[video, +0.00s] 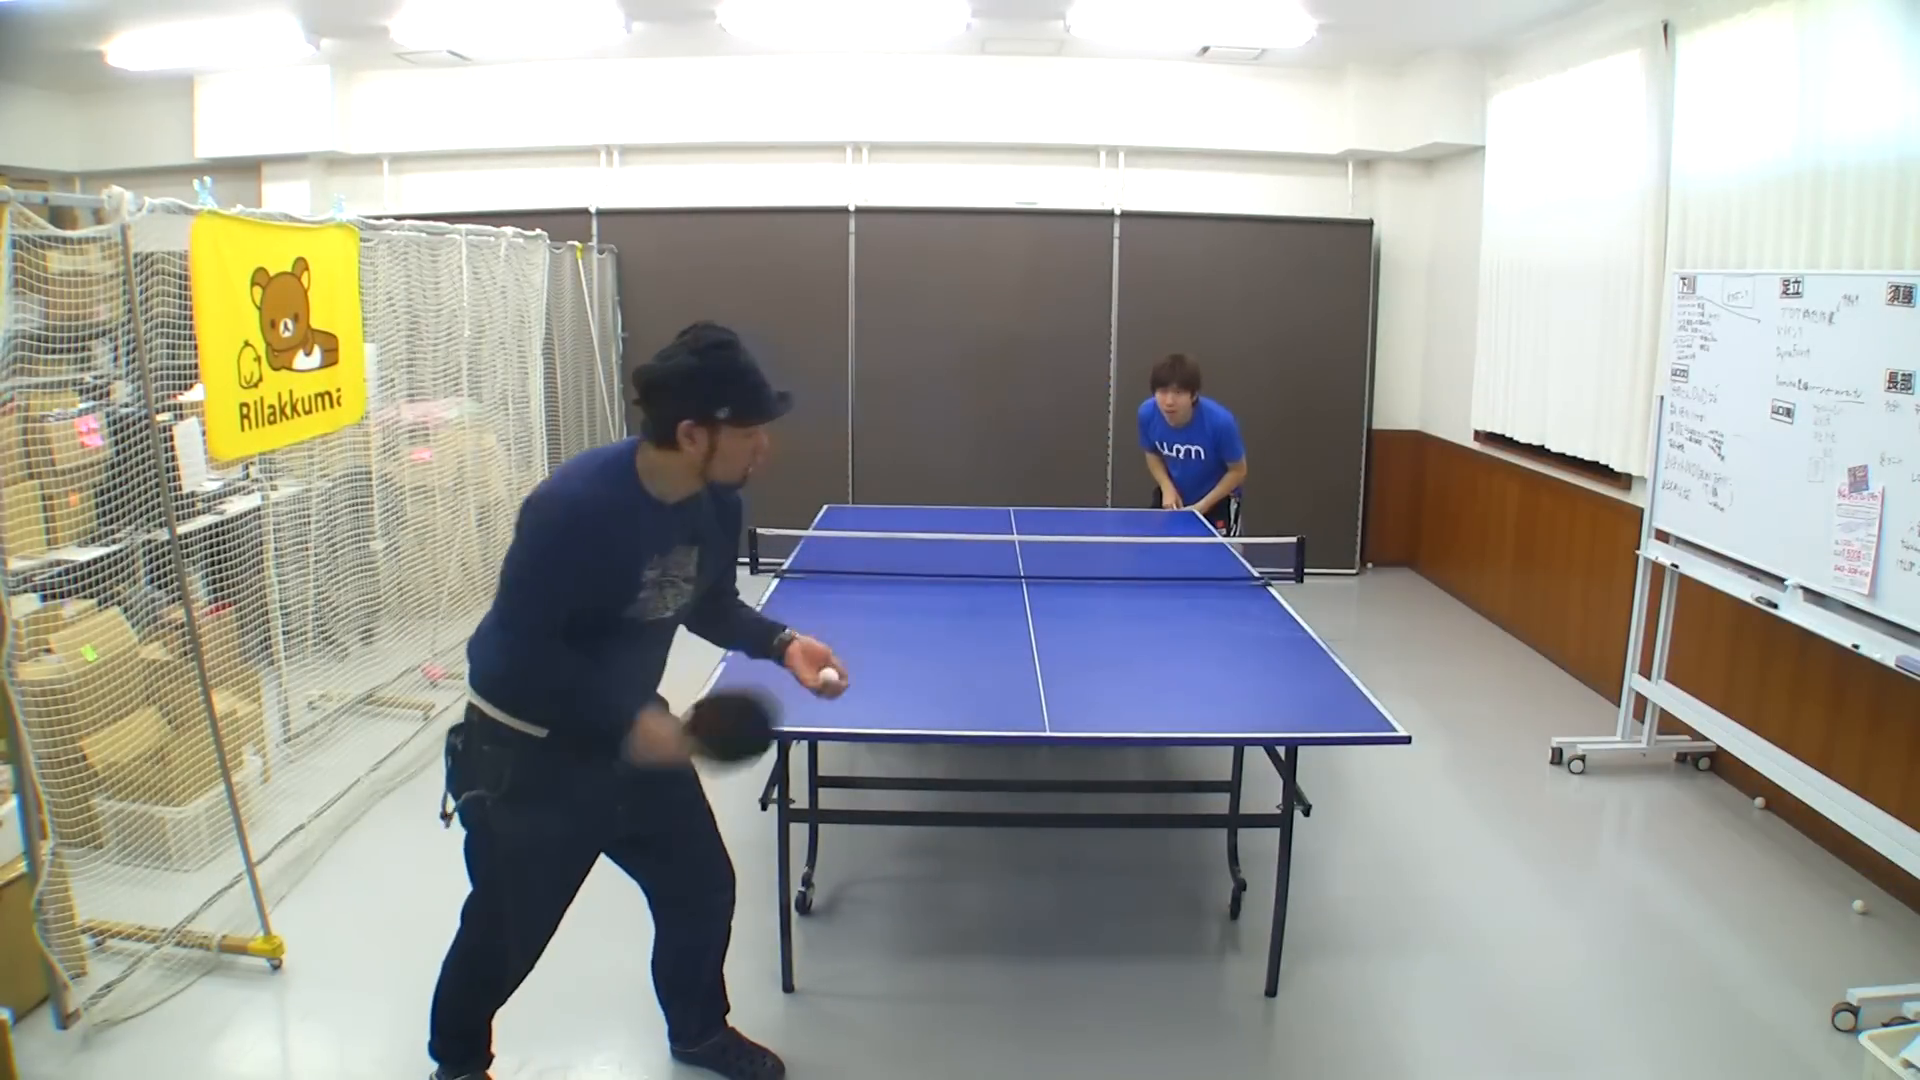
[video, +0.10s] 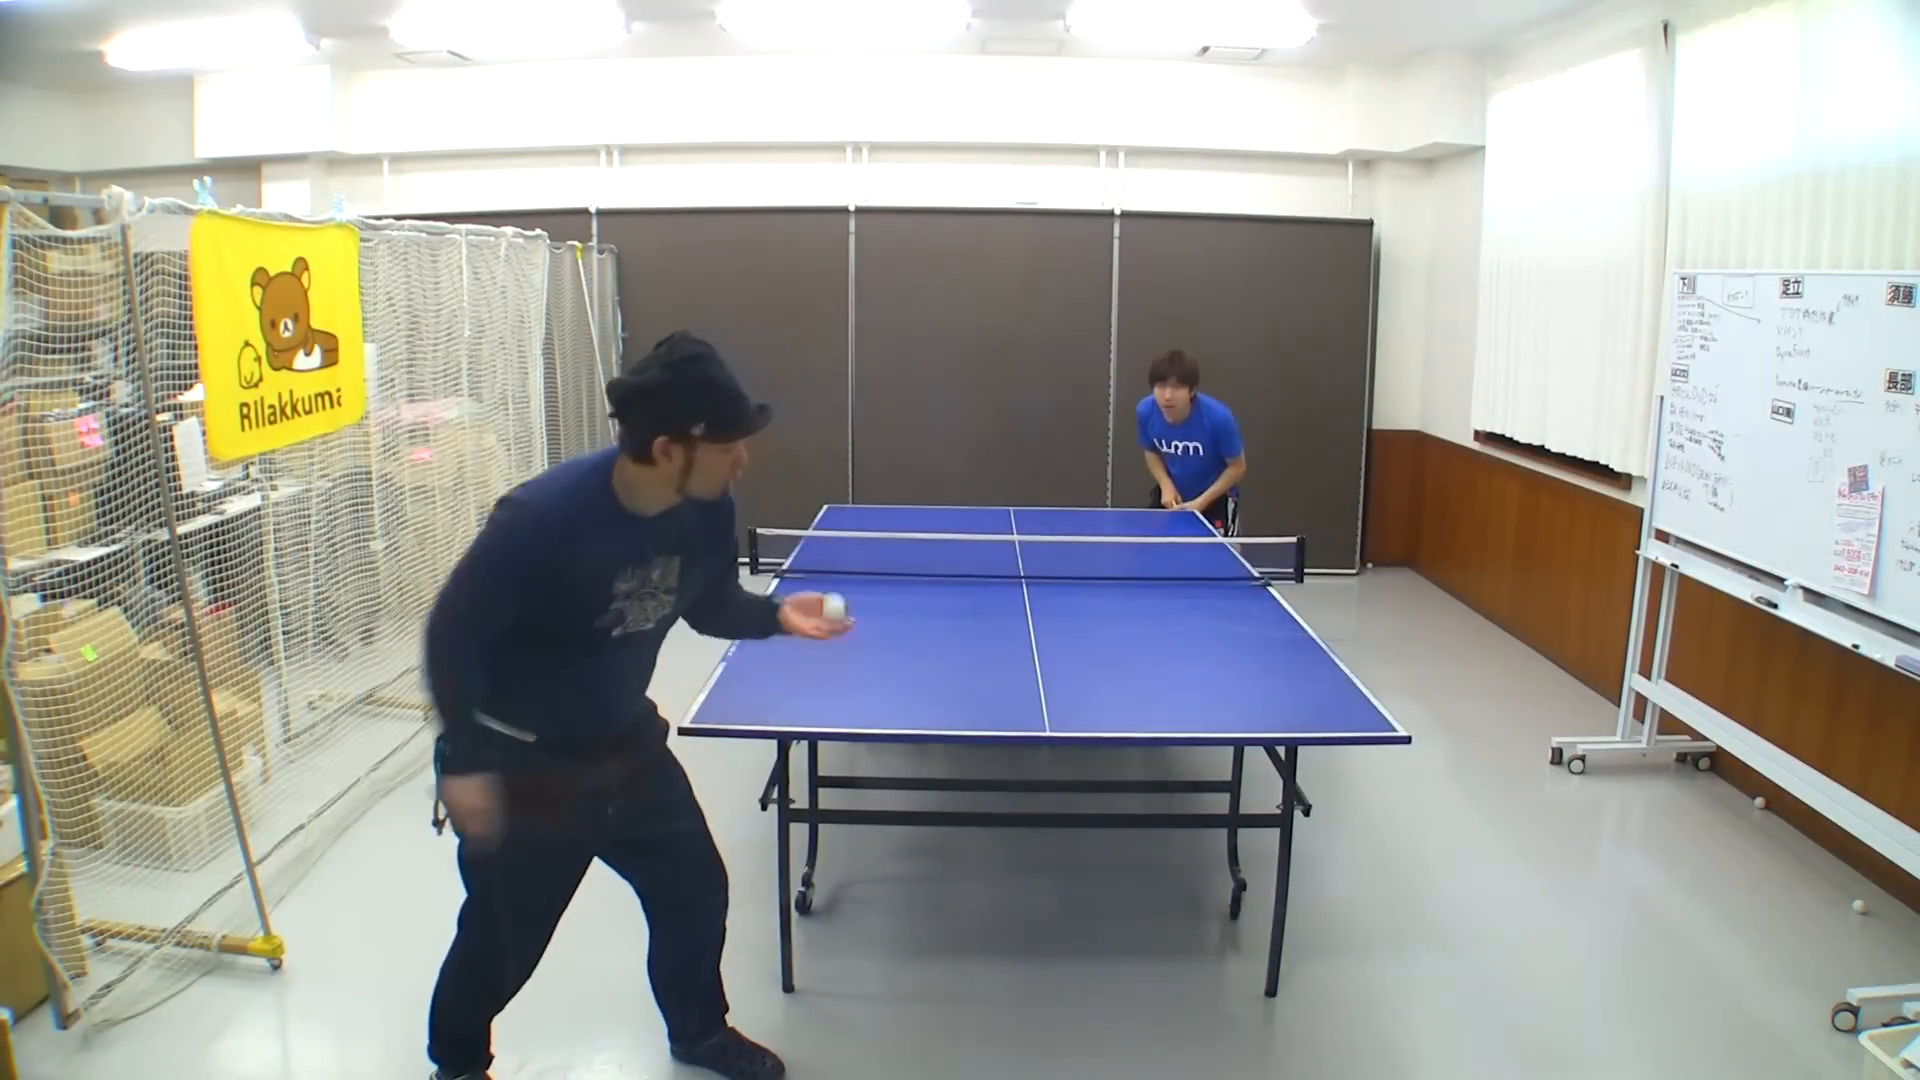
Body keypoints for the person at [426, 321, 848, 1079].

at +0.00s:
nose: (764, 445)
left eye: (763, 427)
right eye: (751, 429)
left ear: (699, 435)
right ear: (693, 434)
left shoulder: (715, 499)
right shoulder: (573, 507)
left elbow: (705, 604)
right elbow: (506, 656)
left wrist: (784, 644)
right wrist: (624, 716)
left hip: (630, 737)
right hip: (527, 748)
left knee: (701, 892)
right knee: (505, 932)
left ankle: (698, 1035)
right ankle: (457, 1061)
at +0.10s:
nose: (741, 462)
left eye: (741, 446)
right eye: (728, 448)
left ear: (679, 450)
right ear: (668, 449)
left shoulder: (705, 506)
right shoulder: (542, 518)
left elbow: (709, 604)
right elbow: (452, 632)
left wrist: (778, 613)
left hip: (627, 742)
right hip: (525, 760)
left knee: (695, 892)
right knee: (500, 942)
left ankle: (697, 1033)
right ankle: (457, 1059)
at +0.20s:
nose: (728, 476)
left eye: (727, 460)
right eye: (715, 464)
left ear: (661, 470)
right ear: (653, 470)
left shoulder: (697, 514)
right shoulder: (521, 529)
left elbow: (695, 591)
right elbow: (398, 603)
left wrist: (740, 659)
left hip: (620, 744)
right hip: (514, 761)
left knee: (691, 892)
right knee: (503, 943)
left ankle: (698, 1033)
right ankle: (457, 1056)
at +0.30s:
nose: (723, 498)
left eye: (722, 481)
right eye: (708, 485)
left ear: (649, 491)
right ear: (640, 491)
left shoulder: (695, 536)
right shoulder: (512, 543)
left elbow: (668, 607)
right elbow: (396, 620)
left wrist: (682, 688)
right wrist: (368, 754)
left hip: (619, 752)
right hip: (512, 771)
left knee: (699, 883)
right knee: (507, 951)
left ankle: (696, 1036)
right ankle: (456, 1058)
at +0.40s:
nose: (730, 539)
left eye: (730, 523)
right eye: (715, 525)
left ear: (660, 520)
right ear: (652, 524)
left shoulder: (688, 557)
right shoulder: (519, 586)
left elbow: (639, 630)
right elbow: (467, 722)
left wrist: (657, 688)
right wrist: (526, 795)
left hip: (612, 757)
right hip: (520, 779)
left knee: (703, 879)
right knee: (529, 969)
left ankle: (683, 1059)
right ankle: (455, 1055)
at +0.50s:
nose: (753, 569)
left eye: (755, 554)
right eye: (750, 556)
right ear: (705, 558)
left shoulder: (649, 542)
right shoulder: (581, 629)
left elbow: (595, 657)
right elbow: (600, 781)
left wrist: (645, 710)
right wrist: (744, 773)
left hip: (589, 778)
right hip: (513, 817)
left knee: (694, 899)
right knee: (561, 1000)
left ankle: (685, 1068)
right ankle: (452, 1057)